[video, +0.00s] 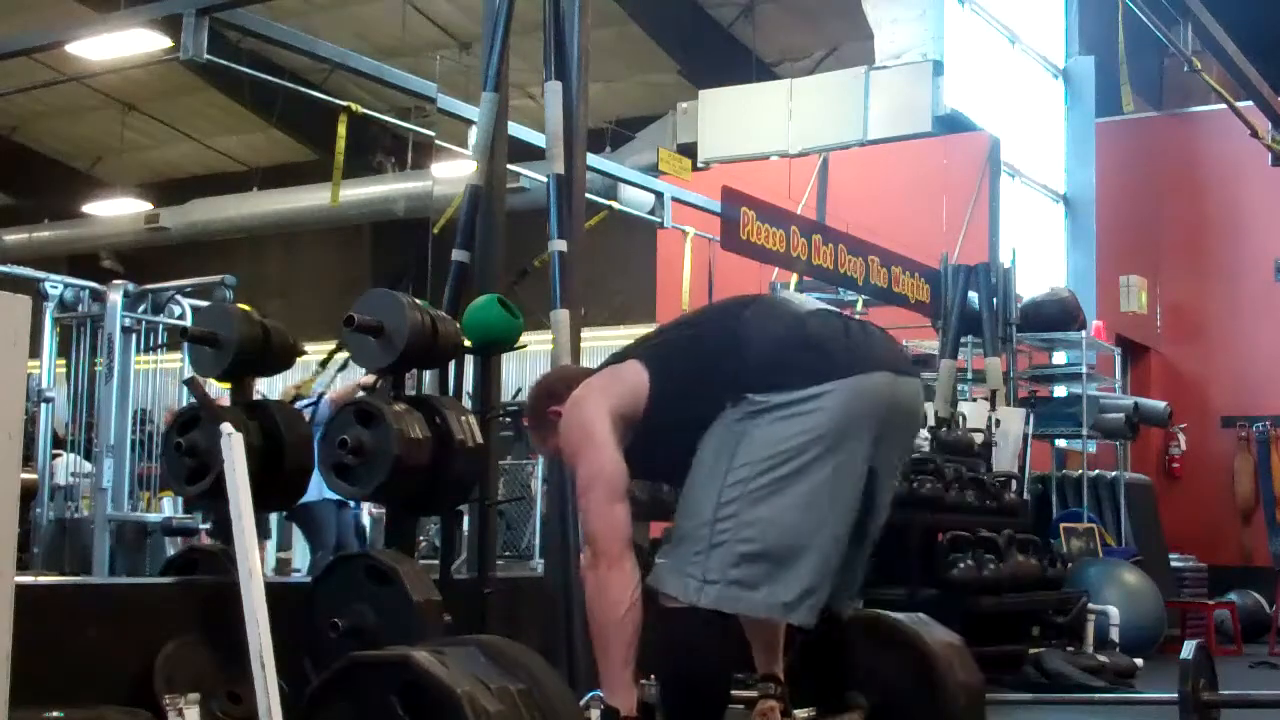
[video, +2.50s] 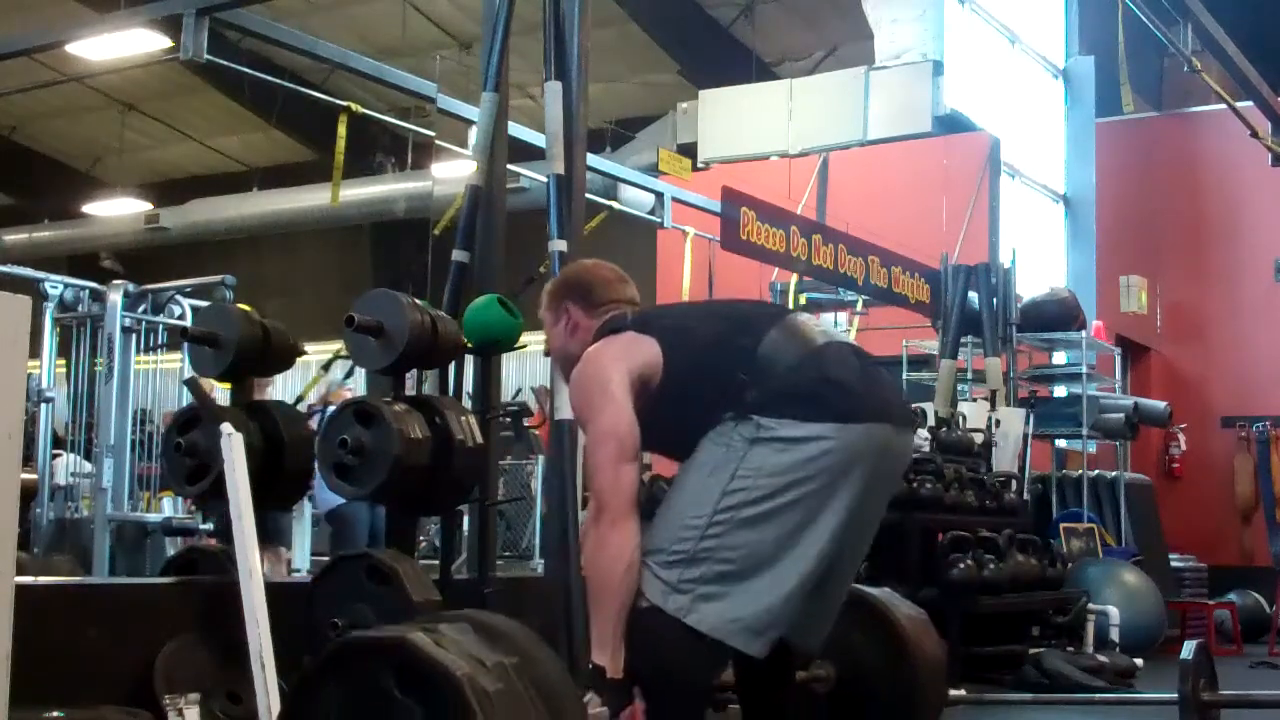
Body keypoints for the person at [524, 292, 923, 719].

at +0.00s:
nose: (565, 466)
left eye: (558, 451)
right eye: (555, 457)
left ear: (559, 413)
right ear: (588, 382)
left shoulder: (587, 407)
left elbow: (609, 560)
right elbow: (773, 534)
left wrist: (620, 703)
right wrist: (771, 678)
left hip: (808, 387)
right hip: (894, 381)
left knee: (688, 598)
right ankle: (771, 694)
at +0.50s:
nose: (549, 473)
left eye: (537, 457)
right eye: (536, 465)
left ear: (542, 417)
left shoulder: (576, 414)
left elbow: (598, 556)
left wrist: (611, 702)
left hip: (792, 398)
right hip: (876, 393)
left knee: (667, 598)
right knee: (765, 608)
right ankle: (774, 719)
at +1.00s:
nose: (544, 467)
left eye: (533, 452)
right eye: (533, 459)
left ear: (539, 413)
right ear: (570, 390)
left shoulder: (570, 415)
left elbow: (596, 556)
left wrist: (607, 701)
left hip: (787, 405)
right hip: (872, 406)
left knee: (662, 604)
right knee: (761, 628)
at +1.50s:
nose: (541, 470)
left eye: (530, 455)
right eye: (529, 462)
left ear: (535, 416)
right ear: (568, 391)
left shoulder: (567, 418)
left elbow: (586, 559)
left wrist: (602, 701)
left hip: (787, 414)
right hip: (873, 414)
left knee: (647, 599)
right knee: (754, 625)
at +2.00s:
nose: (555, 354)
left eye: (557, 338)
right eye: (555, 339)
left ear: (583, 334)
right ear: (638, 331)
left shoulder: (605, 389)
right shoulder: (679, 369)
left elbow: (608, 542)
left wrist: (600, 686)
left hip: (805, 454)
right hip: (881, 458)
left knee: (647, 610)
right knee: (746, 635)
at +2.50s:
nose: (547, 345)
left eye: (549, 327)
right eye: (546, 330)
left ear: (573, 319)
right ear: (621, 308)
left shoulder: (603, 361)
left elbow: (612, 515)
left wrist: (606, 672)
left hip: (798, 416)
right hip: (882, 419)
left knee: (663, 614)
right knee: (766, 636)